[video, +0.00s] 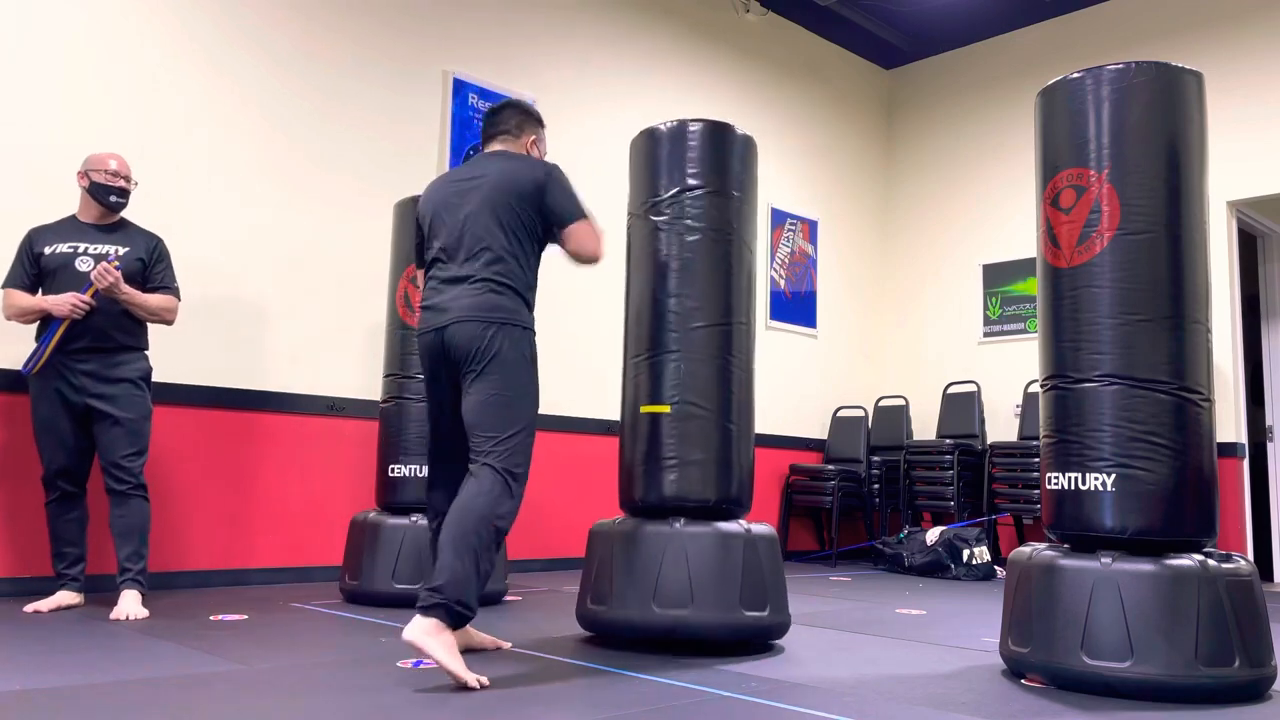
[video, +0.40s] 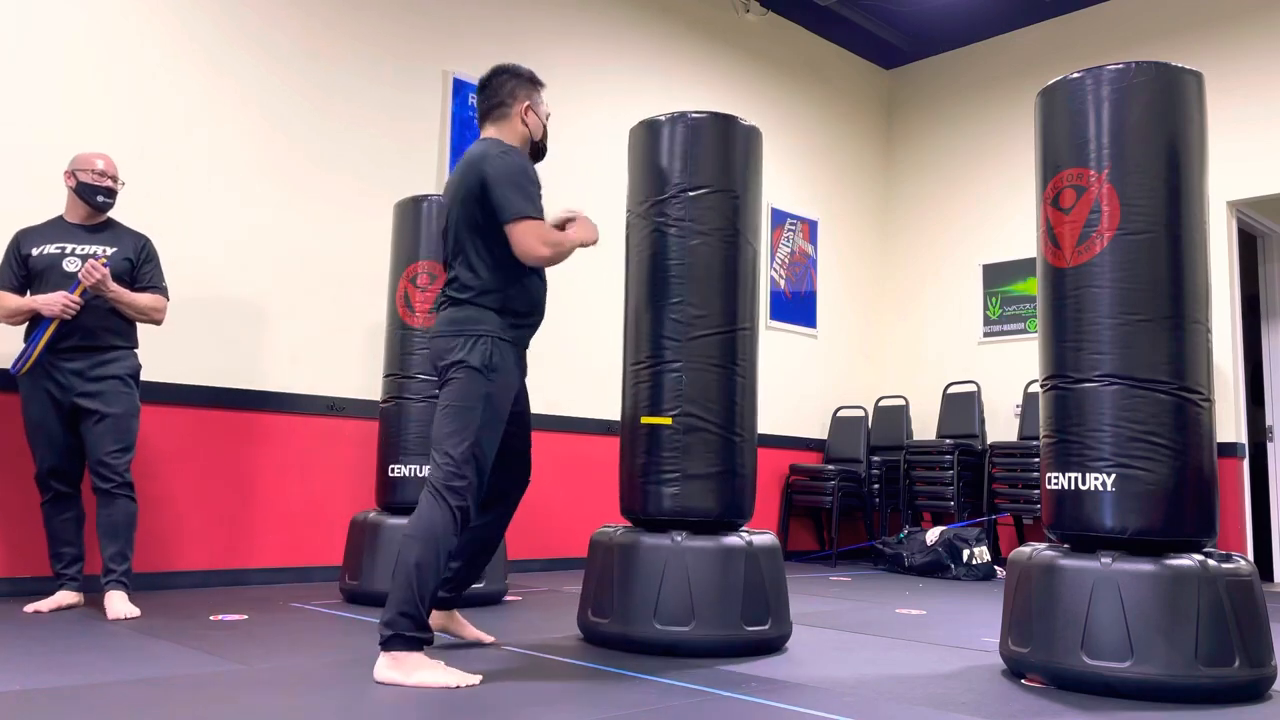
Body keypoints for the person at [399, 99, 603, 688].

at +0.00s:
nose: (543, 153)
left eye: (542, 145)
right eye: (543, 145)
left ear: (484, 140)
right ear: (531, 140)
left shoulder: (437, 187)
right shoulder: (538, 172)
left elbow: (425, 266)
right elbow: (588, 248)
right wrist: (555, 214)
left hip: (434, 329)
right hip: (495, 327)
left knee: (448, 468)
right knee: (496, 468)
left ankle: (457, 617)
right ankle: (435, 618)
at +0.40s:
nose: (549, 119)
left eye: (546, 110)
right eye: (545, 109)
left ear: (498, 111)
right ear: (525, 110)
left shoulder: (481, 163)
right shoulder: (504, 160)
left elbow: (499, 245)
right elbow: (533, 248)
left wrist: (549, 224)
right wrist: (574, 237)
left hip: (492, 345)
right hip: (481, 344)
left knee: (507, 477)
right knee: (452, 486)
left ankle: (440, 604)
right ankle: (399, 649)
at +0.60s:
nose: (550, 134)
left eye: (549, 126)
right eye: (547, 125)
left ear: (491, 125)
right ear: (532, 123)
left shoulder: (468, 180)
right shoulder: (514, 155)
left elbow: (515, 282)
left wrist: (579, 252)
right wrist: (574, 174)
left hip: (450, 329)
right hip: (493, 328)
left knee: (480, 477)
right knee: (498, 480)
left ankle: (447, 615)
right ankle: (416, 630)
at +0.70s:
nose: (547, 140)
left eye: (544, 132)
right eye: (545, 131)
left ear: (487, 133)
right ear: (530, 127)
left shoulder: (443, 188)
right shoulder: (537, 157)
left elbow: (443, 264)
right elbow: (639, 188)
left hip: (435, 323)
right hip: (487, 317)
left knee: (457, 474)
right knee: (464, 476)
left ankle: (445, 621)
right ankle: (409, 634)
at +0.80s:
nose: (539, 134)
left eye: (537, 126)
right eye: (537, 125)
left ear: (480, 125)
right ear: (521, 122)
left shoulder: (439, 182)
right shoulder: (528, 154)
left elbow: (435, 261)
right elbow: (621, 200)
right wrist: (658, 216)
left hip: (429, 321)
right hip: (479, 317)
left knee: (448, 471)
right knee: (453, 473)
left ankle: (444, 622)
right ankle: (404, 634)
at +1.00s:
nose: (505, 114)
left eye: (501, 104)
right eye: (502, 105)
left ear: (444, 111)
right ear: (489, 106)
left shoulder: (410, 173)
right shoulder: (491, 160)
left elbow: (392, 272)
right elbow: (514, 249)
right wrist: (537, 243)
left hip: (408, 319)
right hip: (458, 314)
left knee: (434, 472)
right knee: (442, 470)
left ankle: (441, 623)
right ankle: (322, 611)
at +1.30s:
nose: (471, 94)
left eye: (469, 84)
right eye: (469, 83)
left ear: (413, 82)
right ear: (451, 81)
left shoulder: (403, 129)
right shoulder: (423, 126)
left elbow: (408, 225)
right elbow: (428, 217)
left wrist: (465, 216)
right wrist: (487, 241)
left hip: (400, 319)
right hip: (387, 317)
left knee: (415, 476)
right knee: (343, 482)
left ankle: (405, 630)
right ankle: (269, 658)